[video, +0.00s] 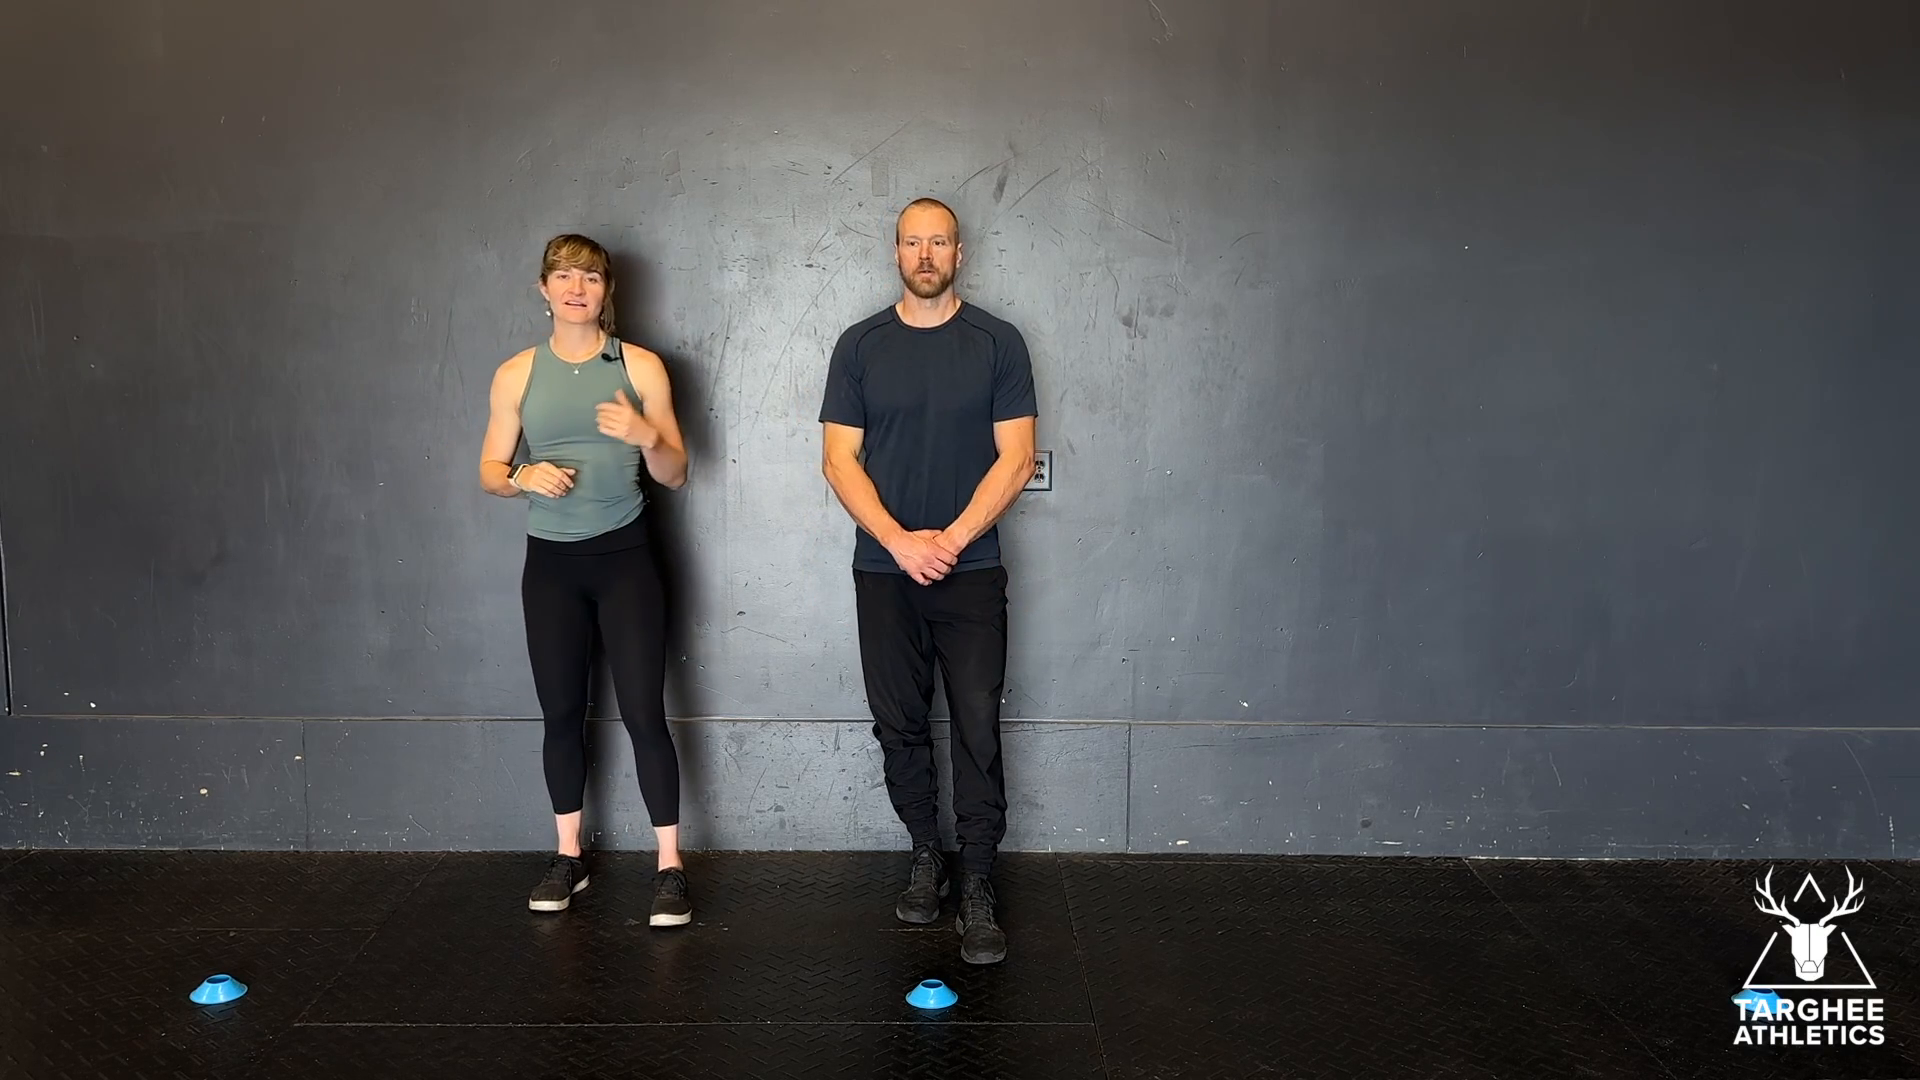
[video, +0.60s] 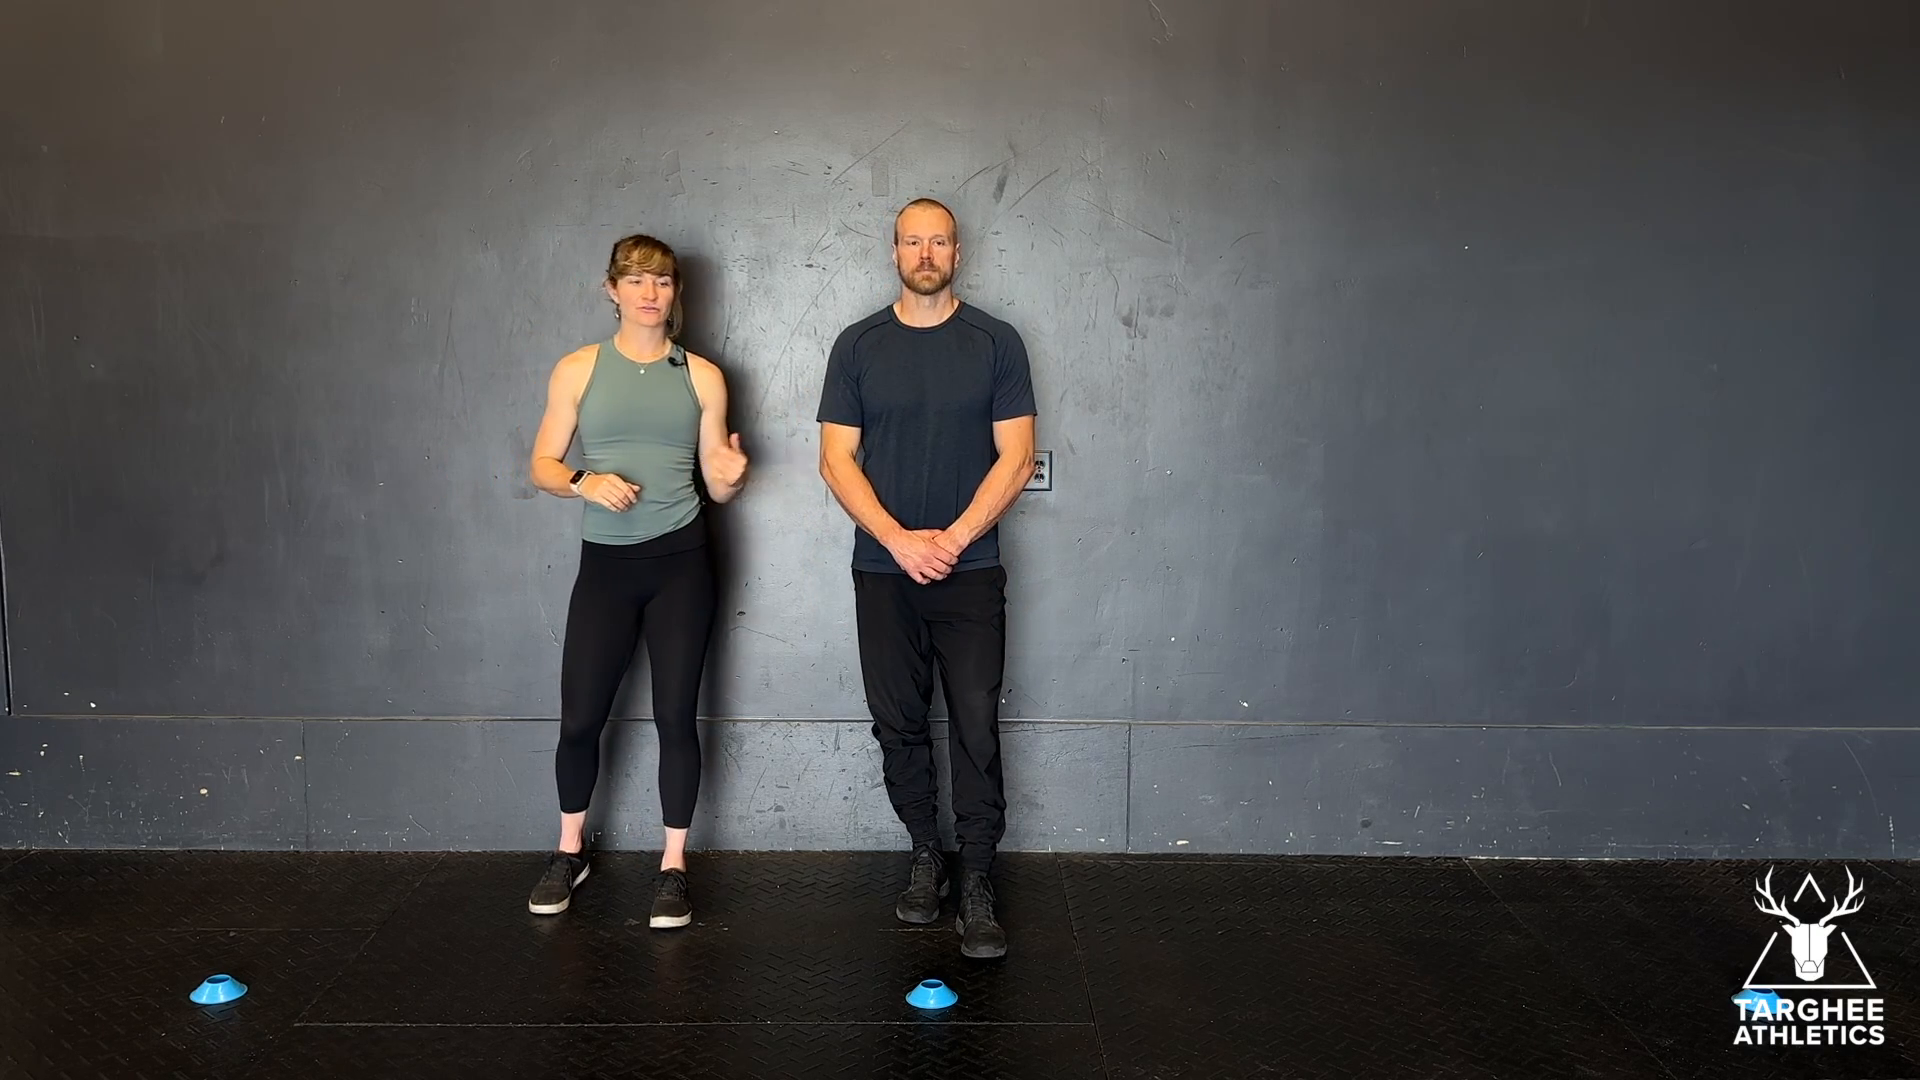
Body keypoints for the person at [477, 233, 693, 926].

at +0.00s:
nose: (576, 287)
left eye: (589, 276)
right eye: (563, 276)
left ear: (606, 288)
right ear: (545, 289)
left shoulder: (642, 368)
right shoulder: (516, 375)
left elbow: (674, 474)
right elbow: (492, 475)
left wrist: (646, 436)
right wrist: (524, 478)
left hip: (626, 558)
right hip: (551, 563)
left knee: (643, 712)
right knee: (561, 712)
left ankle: (670, 866)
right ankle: (569, 858)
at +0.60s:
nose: (651, 291)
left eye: (662, 280)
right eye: (637, 279)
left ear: (675, 291)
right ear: (614, 290)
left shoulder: (703, 377)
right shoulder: (577, 371)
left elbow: (717, 483)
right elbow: (544, 467)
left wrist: (728, 470)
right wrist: (584, 482)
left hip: (682, 560)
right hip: (605, 563)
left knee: (676, 715)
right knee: (579, 719)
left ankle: (673, 866)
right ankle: (569, 855)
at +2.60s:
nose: (688, 315)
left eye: (694, 302)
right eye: (673, 304)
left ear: (702, 300)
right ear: (641, 303)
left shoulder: (728, 373)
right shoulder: (606, 372)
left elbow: (744, 465)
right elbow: (563, 468)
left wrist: (780, 533)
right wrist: (583, 521)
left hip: (702, 561)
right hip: (625, 564)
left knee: (686, 716)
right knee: (609, 723)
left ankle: (675, 866)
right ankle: (634, 844)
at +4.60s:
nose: (676, 321)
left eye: (685, 307)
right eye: (662, 309)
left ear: (701, 302)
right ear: (641, 307)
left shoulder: (735, 374)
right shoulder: (609, 372)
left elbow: (752, 475)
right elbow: (589, 471)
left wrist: (767, 561)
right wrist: (588, 550)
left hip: (704, 560)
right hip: (625, 562)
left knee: (687, 717)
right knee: (608, 721)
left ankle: (677, 865)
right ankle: (635, 843)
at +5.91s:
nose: (673, 317)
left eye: (683, 302)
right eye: (658, 305)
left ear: (698, 302)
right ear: (635, 307)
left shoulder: (729, 376)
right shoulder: (609, 378)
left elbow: (755, 473)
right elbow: (566, 473)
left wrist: (785, 558)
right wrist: (515, 554)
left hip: (705, 562)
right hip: (628, 563)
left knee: (686, 716)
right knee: (605, 721)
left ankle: (676, 866)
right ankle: (640, 843)